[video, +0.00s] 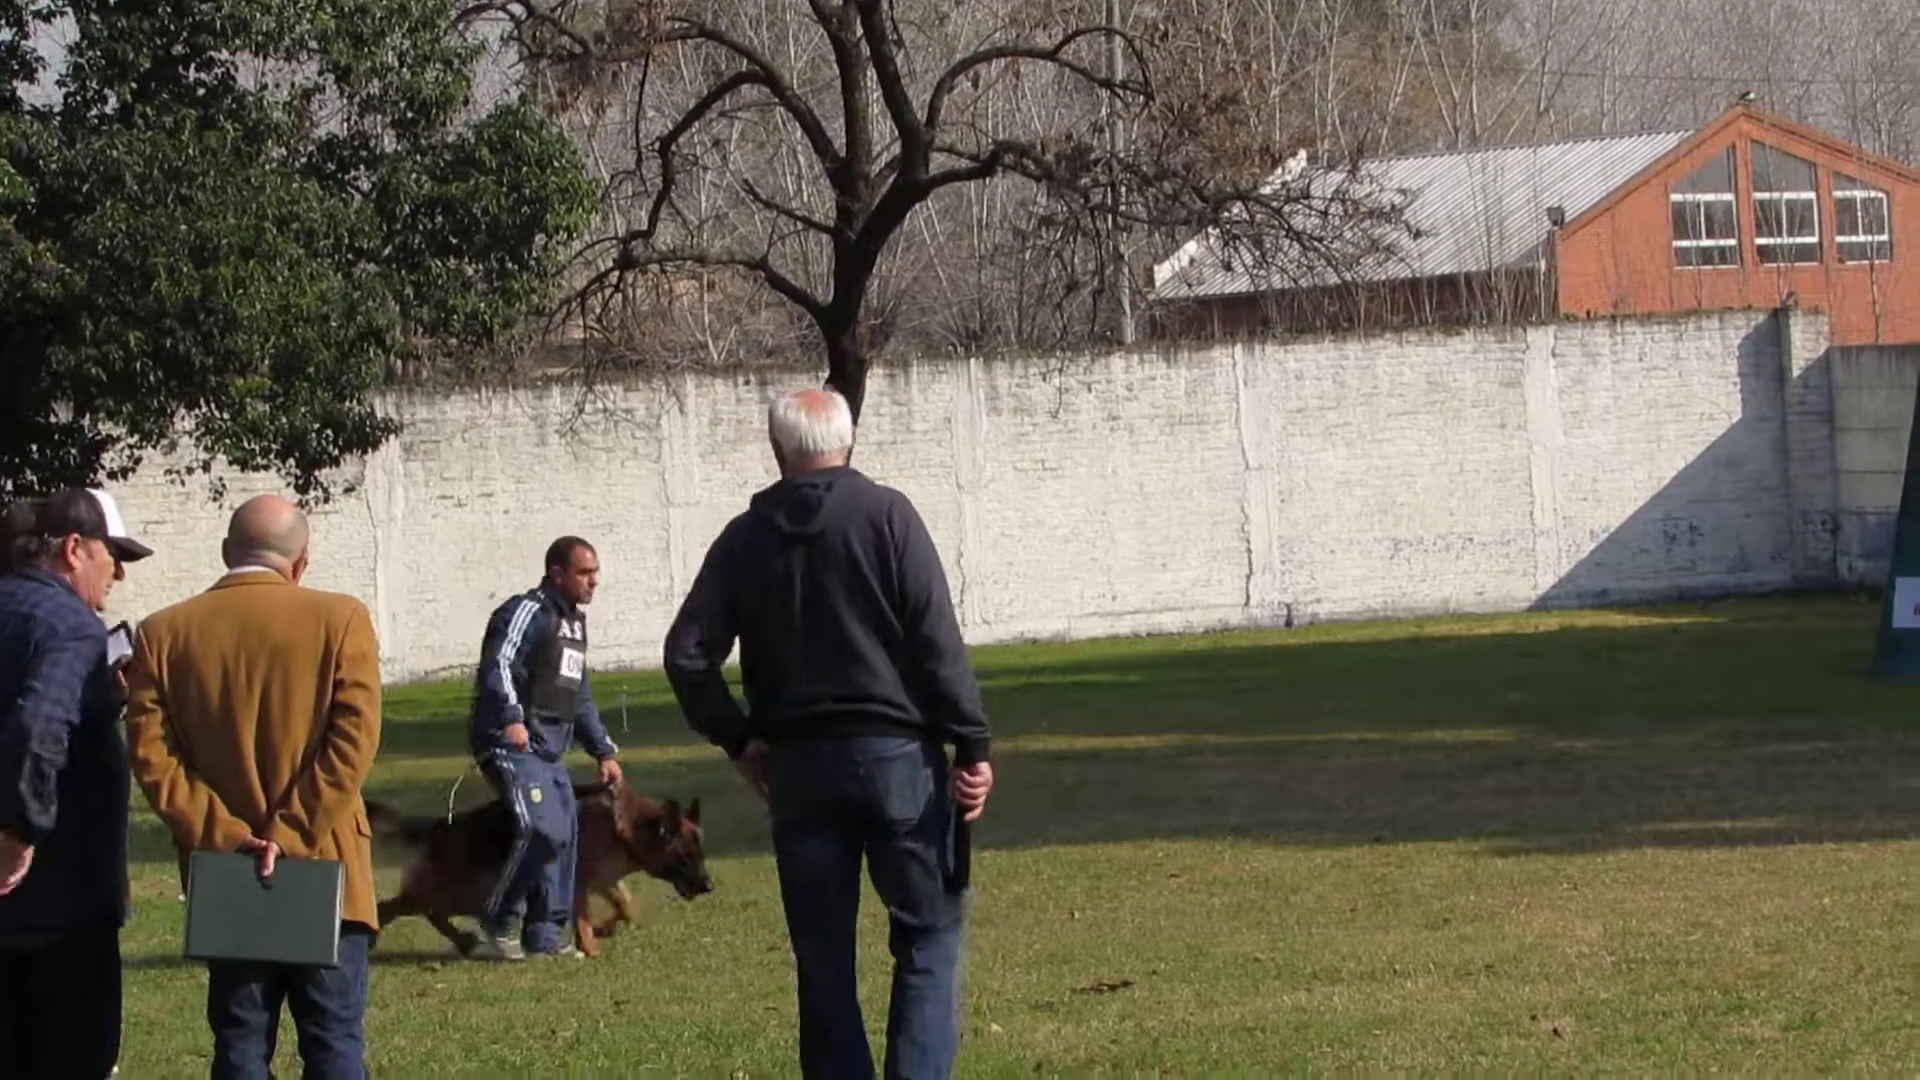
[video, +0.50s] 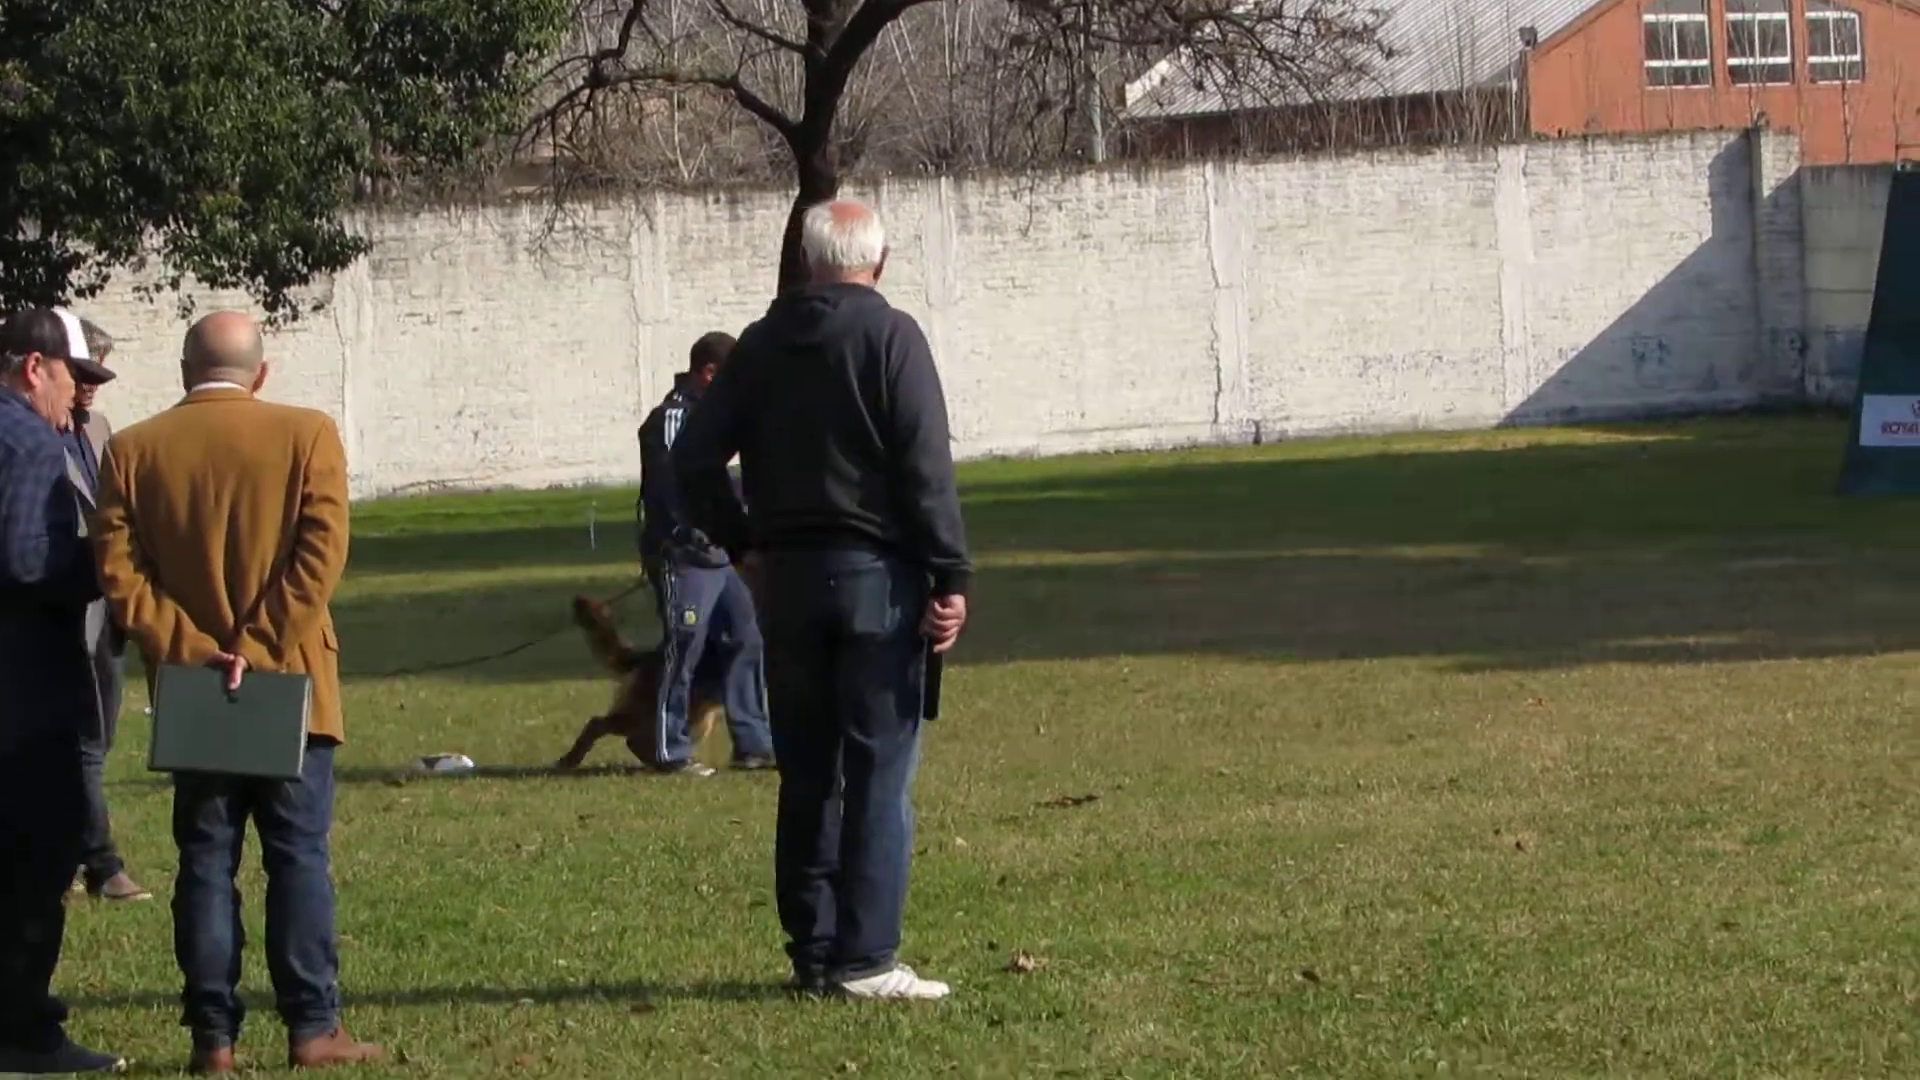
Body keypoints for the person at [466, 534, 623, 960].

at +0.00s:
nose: (593, 580)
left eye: (595, 572)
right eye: (585, 572)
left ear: (588, 574)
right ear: (556, 573)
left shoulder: (574, 621)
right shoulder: (526, 610)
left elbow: (578, 695)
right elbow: (498, 666)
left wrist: (603, 752)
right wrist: (511, 719)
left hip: (548, 747)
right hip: (510, 741)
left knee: (564, 833)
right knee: (542, 831)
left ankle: (546, 934)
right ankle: (496, 922)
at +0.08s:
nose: (622, 568)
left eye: (623, 560)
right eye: (613, 560)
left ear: (619, 562)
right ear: (584, 561)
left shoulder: (604, 611)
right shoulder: (555, 600)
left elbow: (608, 681)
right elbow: (519, 654)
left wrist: (636, 737)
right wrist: (512, 712)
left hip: (575, 735)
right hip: (540, 730)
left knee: (591, 819)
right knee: (583, 815)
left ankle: (576, 924)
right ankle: (548, 925)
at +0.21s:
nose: (654, 526)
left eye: (656, 518)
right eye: (645, 519)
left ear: (655, 519)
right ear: (616, 519)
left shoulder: (642, 566)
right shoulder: (587, 560)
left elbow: (643, 629)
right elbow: (538, 601)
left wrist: (673, 678)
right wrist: (509, 655)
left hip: (616, 693)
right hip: (584, 692)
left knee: (583, 788)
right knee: (633, 784)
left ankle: (538, 881)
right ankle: (679, 885)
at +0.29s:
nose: (678, 491)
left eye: (680, 483)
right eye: (669, 483)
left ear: (678, 484)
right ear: (639, 482)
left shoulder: (668, 530)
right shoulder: (612, 528)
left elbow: (680, 588)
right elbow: (563, 571)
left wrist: (705, 635)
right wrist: (546, 627)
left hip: (655, 661)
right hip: (622, 661)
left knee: (621, 759)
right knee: (668, 750)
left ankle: (554, 839)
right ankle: (689, 857)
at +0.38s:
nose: (708, 443)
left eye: (710, 434)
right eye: (700, 434)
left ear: (708, 435)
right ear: (670, 433)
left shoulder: (698, 483)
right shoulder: (641, 479)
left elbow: (713, 543)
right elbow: (611, 537)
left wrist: (739, 594)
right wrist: (617, 593)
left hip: (691, 612)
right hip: (652, 610)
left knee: (696, 702)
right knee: (682, 693)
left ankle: (626, 786)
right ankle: (687, 807)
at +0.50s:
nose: (729, 383)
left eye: (730, 376)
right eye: (726, 374)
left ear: (710, 371)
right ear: (706, 370)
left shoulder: (712, 416)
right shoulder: (669, 418)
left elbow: (713, 480)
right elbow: (664, 492)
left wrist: (735, 528)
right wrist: (692, 538)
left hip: (720, 551)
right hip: (683, 555)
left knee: (747, 641)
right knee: (683, 649)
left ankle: (753, 744)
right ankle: (670, 749)